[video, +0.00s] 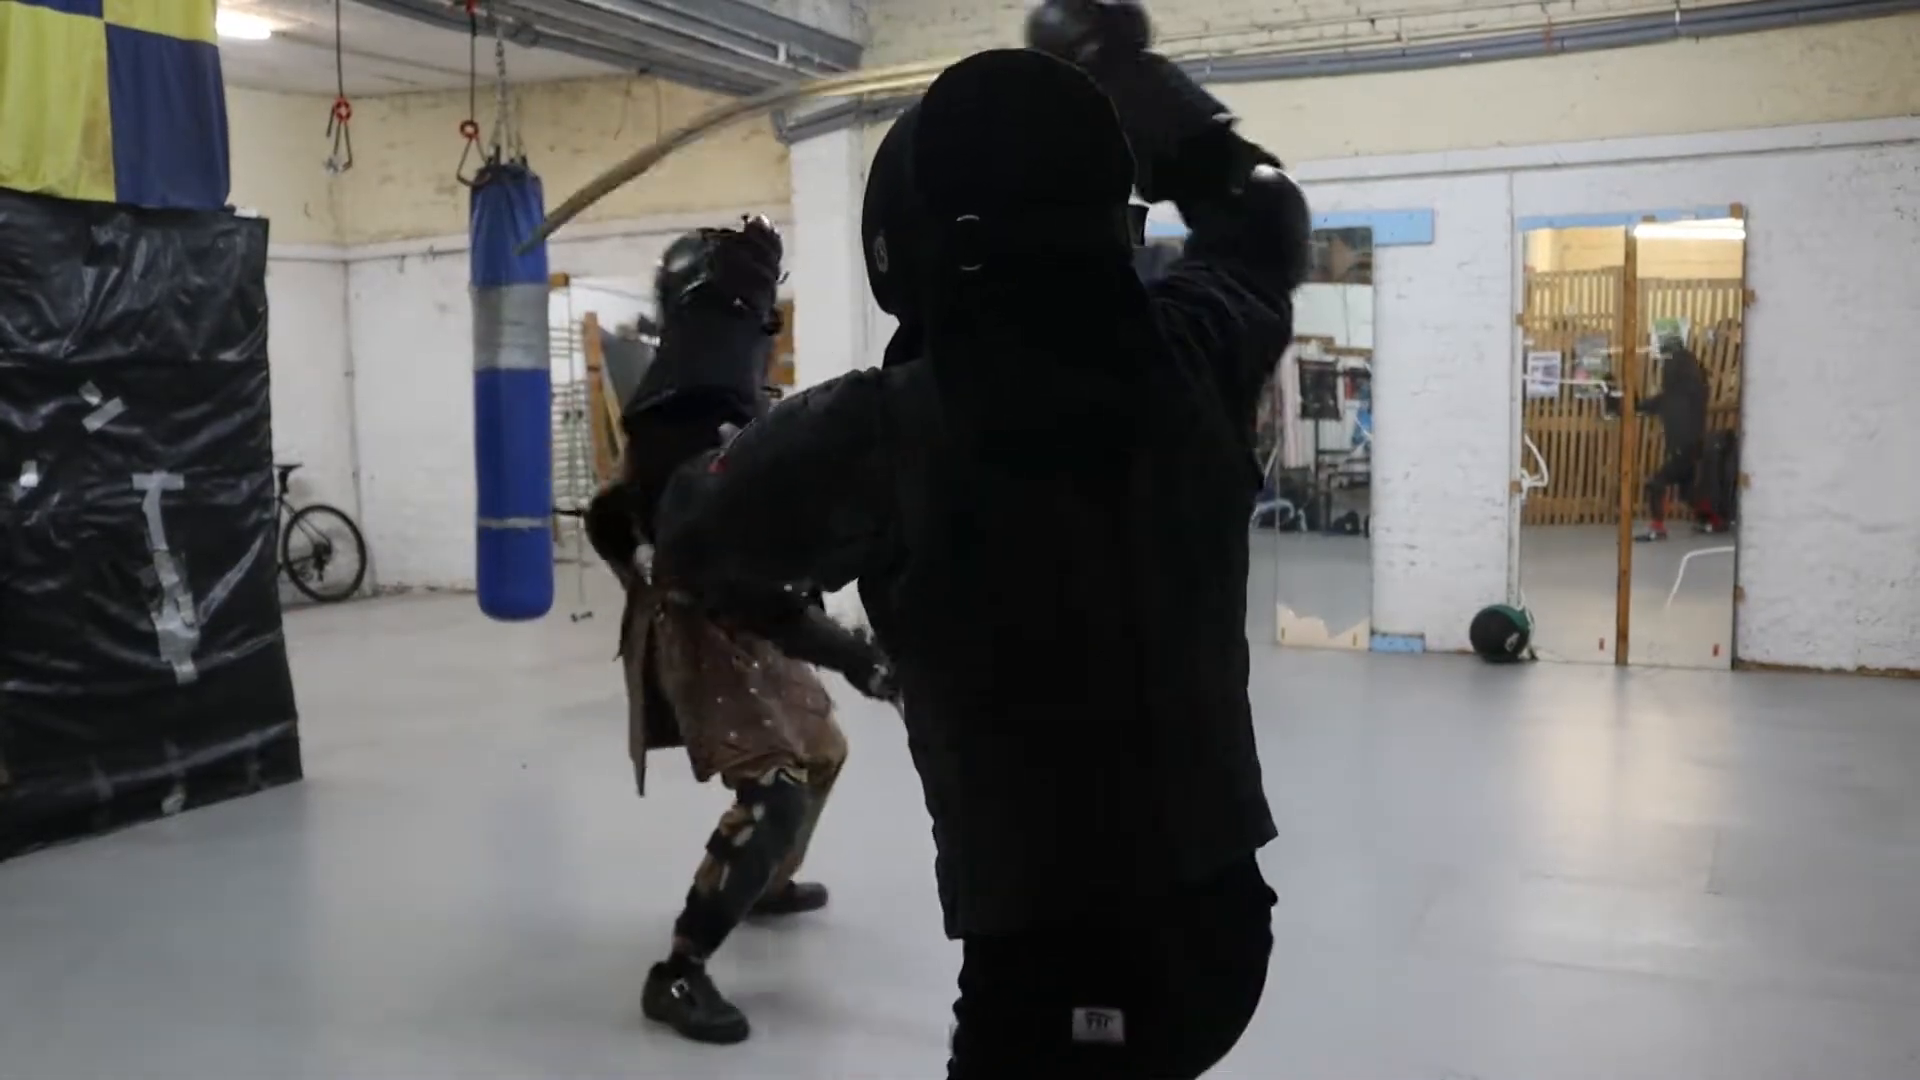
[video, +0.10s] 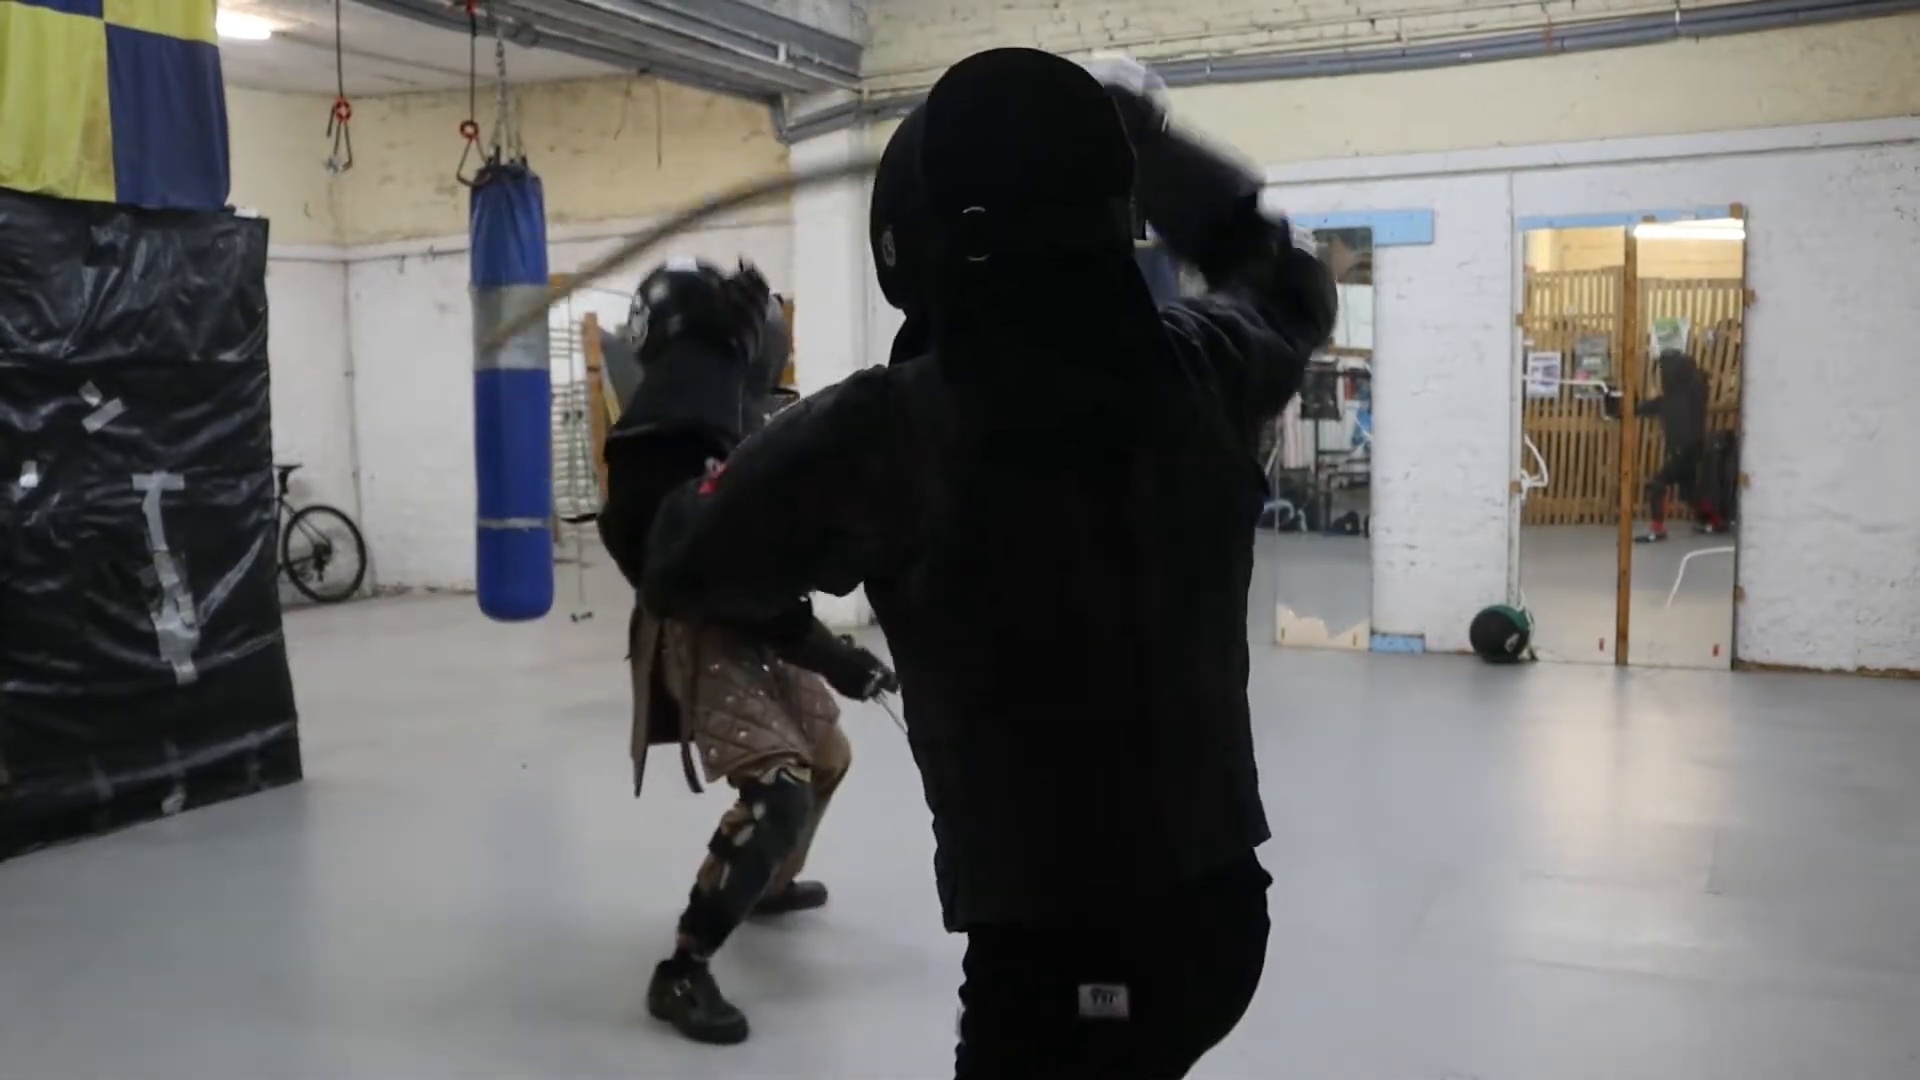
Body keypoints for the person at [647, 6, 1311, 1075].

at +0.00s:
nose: (872, 244)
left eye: (887, 216)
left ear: (917, 236)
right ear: (1114, 215)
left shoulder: (886, 424)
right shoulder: (1191, 366)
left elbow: (698, 548)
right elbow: (1256, 213)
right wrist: (1129, 70)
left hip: (1032, 949)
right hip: (1219, 924)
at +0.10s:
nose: (882, 261)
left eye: (893, 232)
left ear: (925, 239)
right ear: (1115, 221)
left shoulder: (885, 429)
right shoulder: (1203, 380)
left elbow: (688, 564)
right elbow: (1287, 285)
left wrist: (821, 646)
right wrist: (1153, 150)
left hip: (1034, 940)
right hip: (1217, 916)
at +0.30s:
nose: (909, 255)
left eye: (917, 223)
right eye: (907, 225)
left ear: (959, 222)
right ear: (1117, 213)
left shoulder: (925, 408)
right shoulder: (1200, 399)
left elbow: (820, 679)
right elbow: (1254, 580)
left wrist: (752, 560)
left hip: (1065, 891)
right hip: (1226, 864)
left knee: (998, 1065)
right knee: (1076, 1055)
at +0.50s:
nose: (921, 232)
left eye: (928, 202)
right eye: (919, 204)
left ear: (966, 203)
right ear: (1142, 188)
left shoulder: (936, 383)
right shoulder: (1211, 379)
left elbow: (790, 576)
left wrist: (793, 475)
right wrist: (974, 621)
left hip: (1090, 901)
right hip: (1243, 869)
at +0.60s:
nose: (926, 231)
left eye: (933, 202)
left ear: (966, 207)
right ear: (1172, 187)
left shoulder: (945, 417)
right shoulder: (1244, 405)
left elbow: (829, 638)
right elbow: (1251, 587)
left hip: (1088, 930)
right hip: (1253, 904)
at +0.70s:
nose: (920, 237)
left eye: (930, 206)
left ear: (969, 218)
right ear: (1190, 204)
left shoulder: (947, 458)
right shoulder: (1281, 436)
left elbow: (863, 771)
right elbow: (1317, 668)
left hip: (1066, 938)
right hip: (1267, 932)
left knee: (1079, 1053)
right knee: (1252, 1053)